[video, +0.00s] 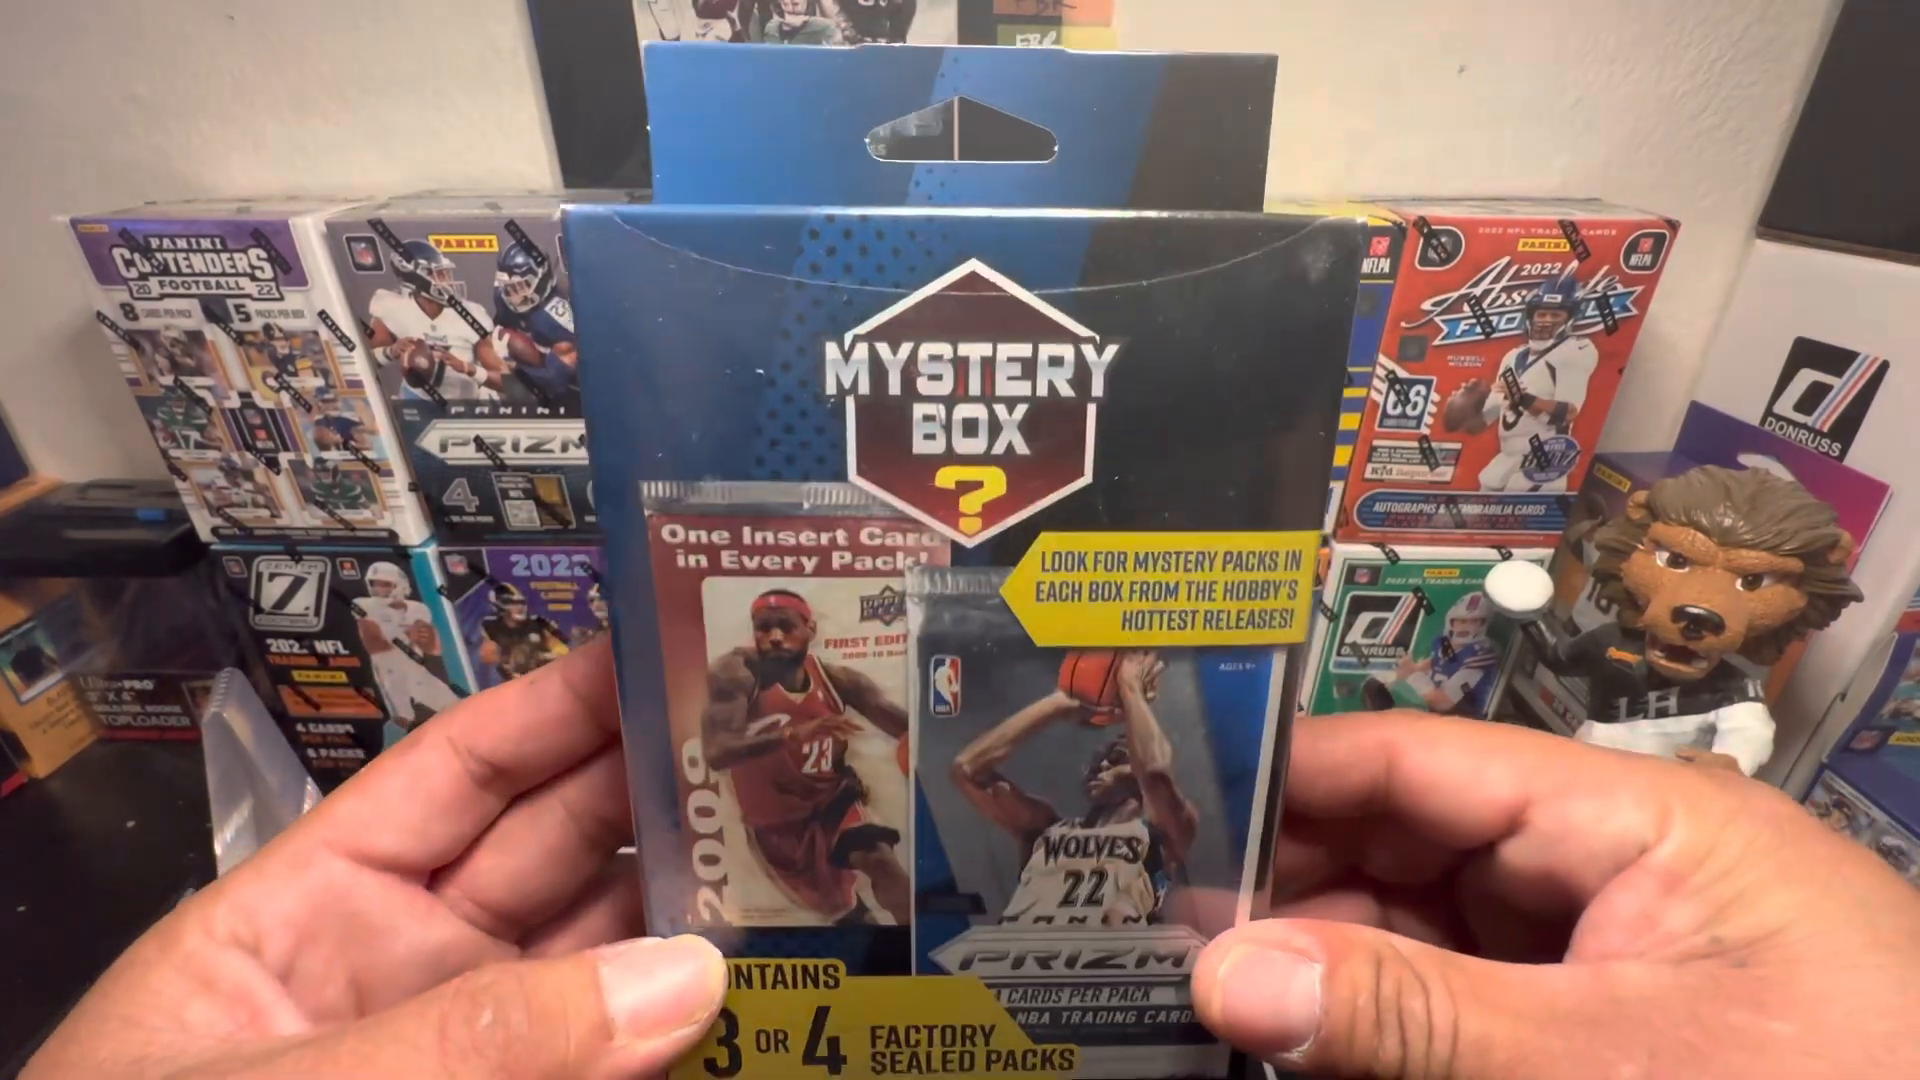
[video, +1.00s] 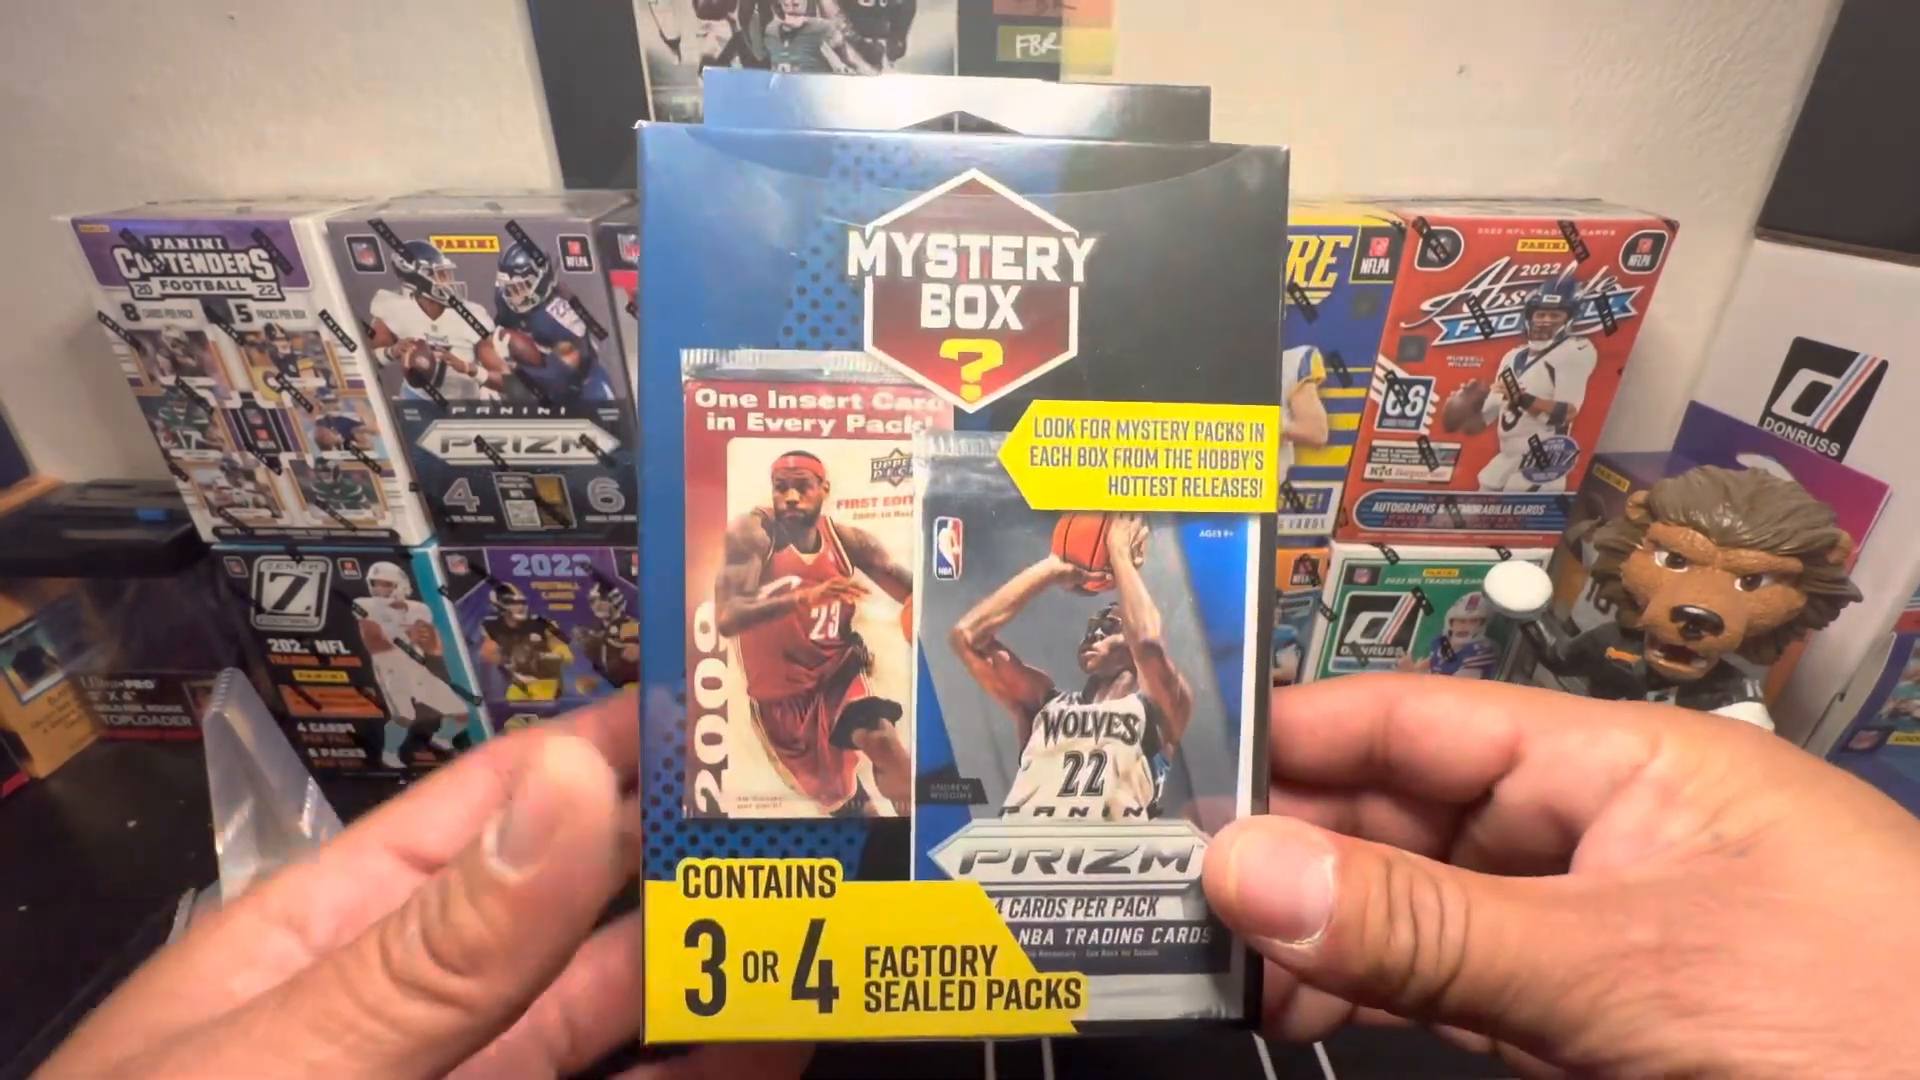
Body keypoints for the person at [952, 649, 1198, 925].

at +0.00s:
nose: (1100, 763)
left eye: (1118, 756)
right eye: (1100, 756)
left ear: (1141, 773)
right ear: (1088, 771)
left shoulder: (1162, 834)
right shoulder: (1044, 828)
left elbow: (1156, 771)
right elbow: (968, 770)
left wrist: (1131, 687)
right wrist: (1059, 703)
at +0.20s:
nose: (1094, 765)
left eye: (1111, 759)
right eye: (1094, 759)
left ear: (1135, 781)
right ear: (1082, 775)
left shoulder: (1151, 834)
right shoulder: (1038, 830)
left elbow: (1149, 773)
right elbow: (959, 773)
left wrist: (1125, 689)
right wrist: (1051, 707)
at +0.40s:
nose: (1085, 753)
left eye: (1103, 746)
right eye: (1087, 747)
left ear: (1128, 765)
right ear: (1075, 762)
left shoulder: (1142, 819)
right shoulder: (1030, 815)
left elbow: (1141, 760)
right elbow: (953, 759)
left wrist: (1119, 676)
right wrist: (1045, 694)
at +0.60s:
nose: (1083, 684)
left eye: (1100, 675)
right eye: (1081, 677)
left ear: (1124, 690)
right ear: (1072, 694)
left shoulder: (1143, 755)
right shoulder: (1034, 748)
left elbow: (1138, 688)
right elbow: (961, 682)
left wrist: (1115, 603)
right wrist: (1046, 614)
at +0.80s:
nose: (1087, 654)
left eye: (1104, 645)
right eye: (1085, 647)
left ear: (1128, 662)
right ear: (1077, 662)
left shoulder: (1149, 727)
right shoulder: (1039, 719)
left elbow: (1141, 661)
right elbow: (967, 651)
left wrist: (1118, 575)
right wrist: (1047, 586)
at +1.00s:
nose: (1091, 635)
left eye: (1110, 626)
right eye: (1090, 628)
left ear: (1134, 642)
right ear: (1081, 642)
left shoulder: (1158, 710)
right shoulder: (1042, 704)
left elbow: (1146, 642)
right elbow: (968, 636)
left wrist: (1120, 554)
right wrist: (1051, 568)